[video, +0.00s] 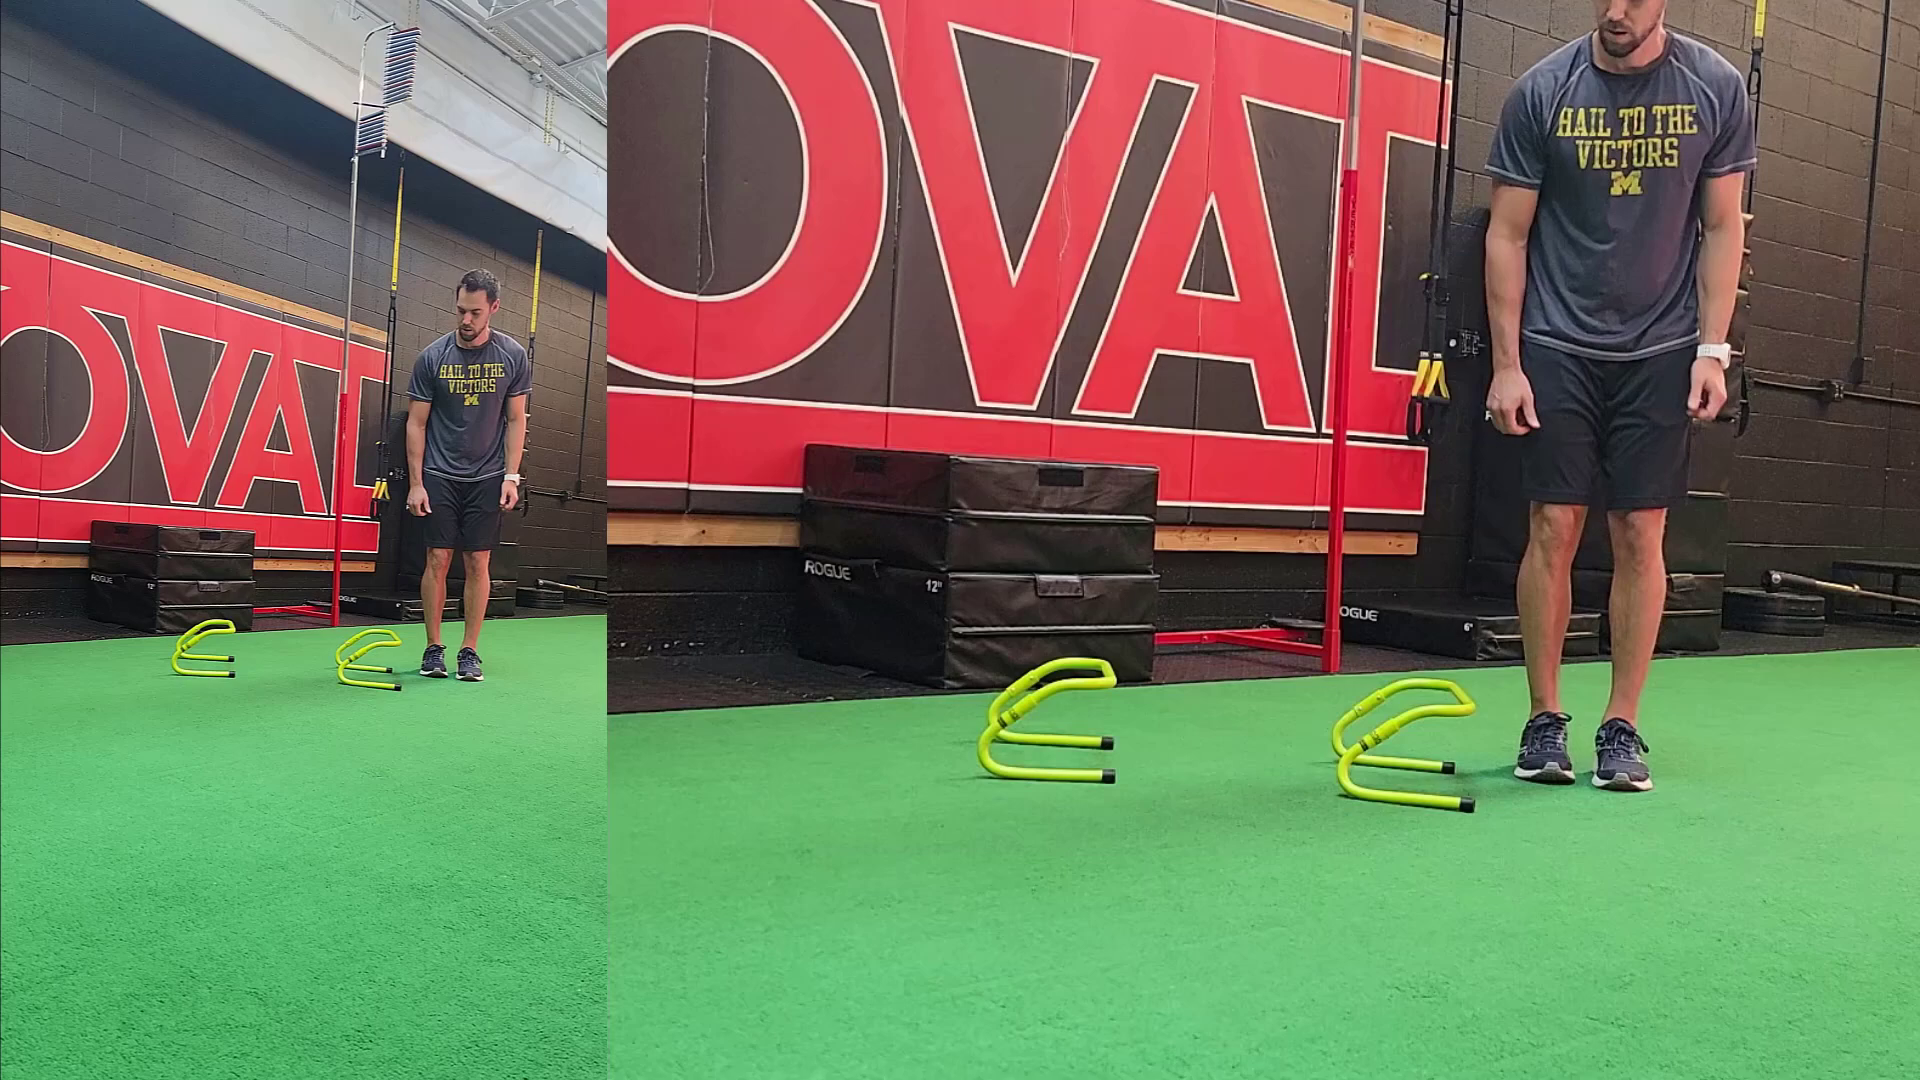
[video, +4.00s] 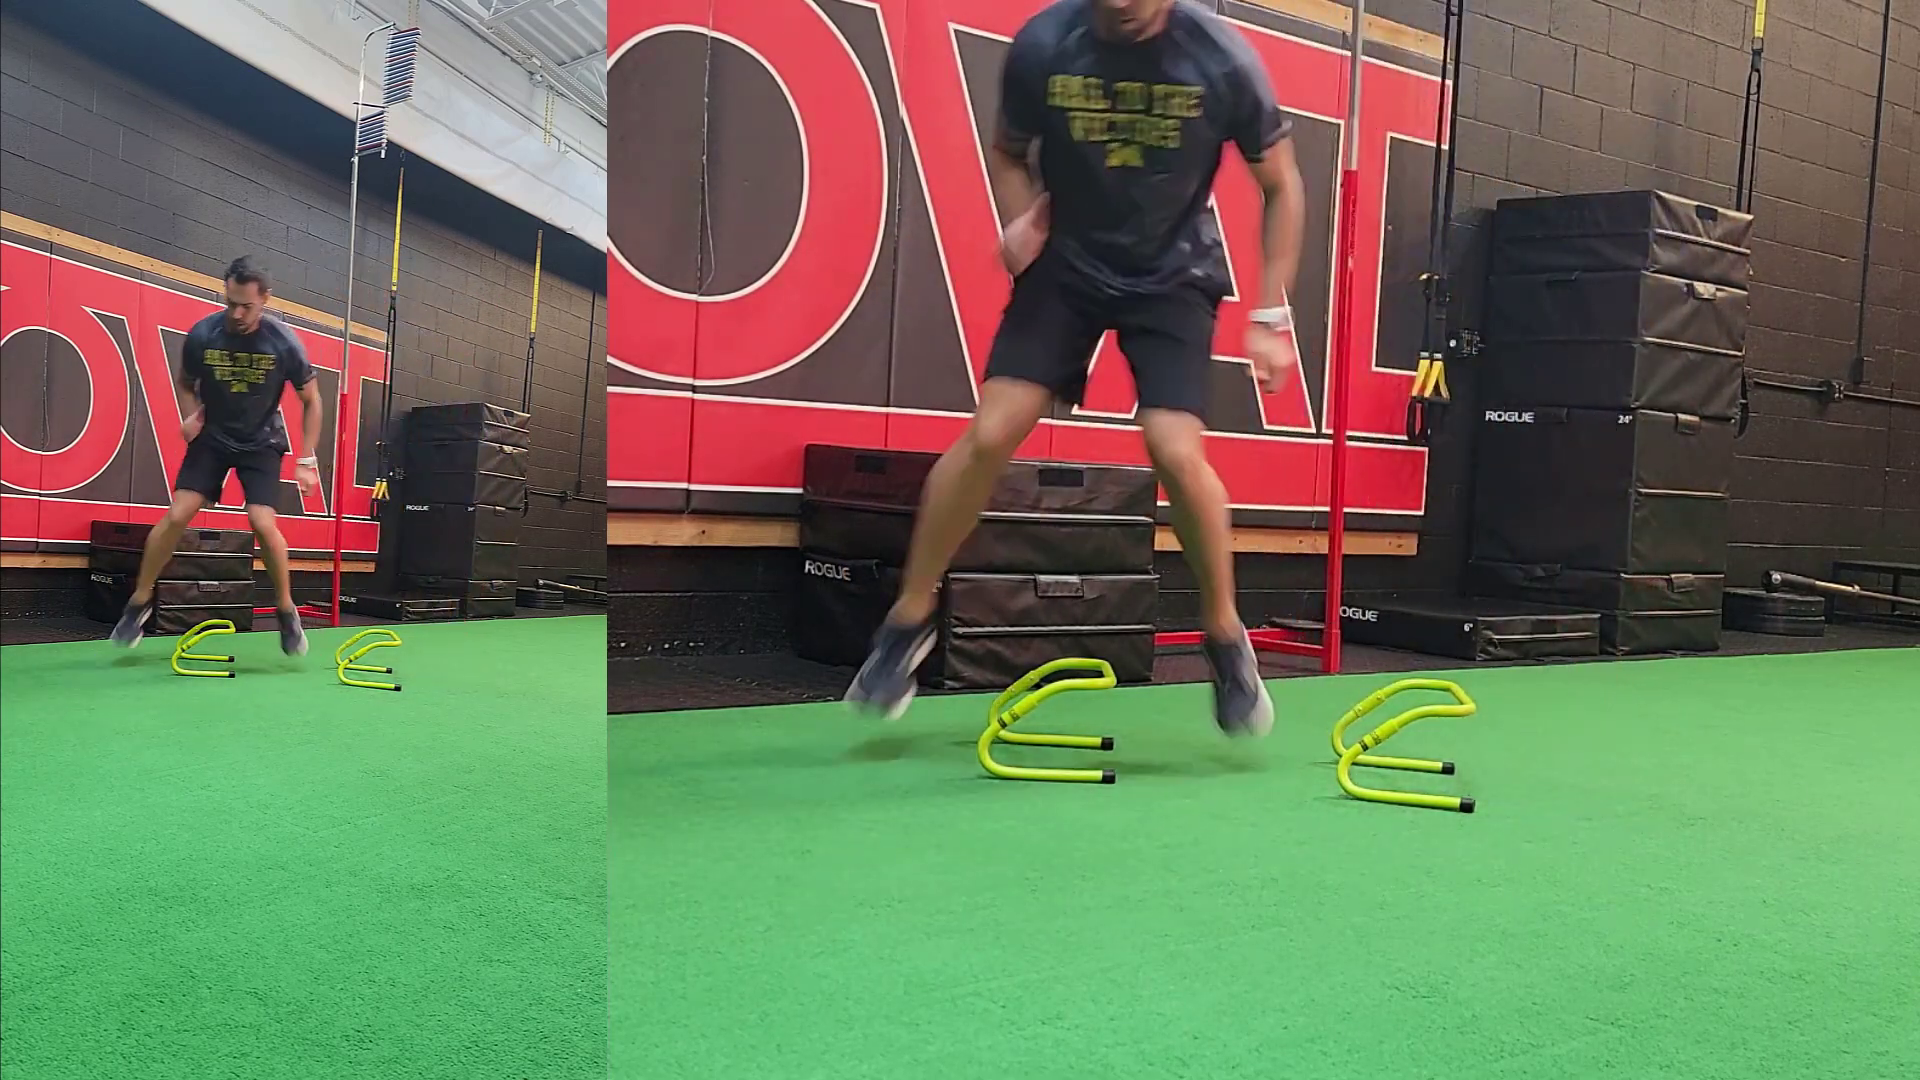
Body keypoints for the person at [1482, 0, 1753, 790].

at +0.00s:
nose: (1618, 14)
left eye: (1635, 2)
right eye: (1607, 2)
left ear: (1665, 2)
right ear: (1594, 3)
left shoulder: (1717, 88)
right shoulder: (1540, 91)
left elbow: (1724, 227)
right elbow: (1507, 232)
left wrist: (1712, 347)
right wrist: (1506, 361)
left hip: (1662, 350)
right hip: (1556, 347)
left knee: (1639, 531)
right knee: (1555, 526)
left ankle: (1621, 726)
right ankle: (1544, 720)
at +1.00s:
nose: (1284, 7)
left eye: (1301, 0)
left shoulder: (1395, 61)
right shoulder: (1211, 53)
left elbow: (1436, 176)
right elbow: (1177, 178)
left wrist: (1433, 298)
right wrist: (1189, 249)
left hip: (1331, 281)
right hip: (1231, 277)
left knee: (1305, 448)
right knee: (1197, 451)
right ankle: (1226, 623)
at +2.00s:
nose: (1125, 16)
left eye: (1137, 2)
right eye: (1108, 4)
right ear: (1080, 3)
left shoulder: (1207, 71)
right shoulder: (1021, 67)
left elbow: (1270, 177)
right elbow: (994, 172)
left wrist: (1271, 296)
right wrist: (1022, 213)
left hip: (1154, 296)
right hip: (1045, 296)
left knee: (1158, 469)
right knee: (973, 466)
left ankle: (1213, 636)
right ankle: (884, 666)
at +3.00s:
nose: (1652, 182)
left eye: (1669, 164)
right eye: (1636, 160)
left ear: (1685, 149)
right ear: (1596, 135)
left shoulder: (1672, 211)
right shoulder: (1517, 230)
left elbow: (1618, 284)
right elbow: (1463, 380)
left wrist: (1619, 345)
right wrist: (1591, 397)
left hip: (1594, 392)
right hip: (1498, 397)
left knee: (1640, 537)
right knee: (1590, 522)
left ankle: (1609, 726)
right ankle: (1570, 592)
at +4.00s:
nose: (1127, 11)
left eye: (1143, 3)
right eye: (1114, 2)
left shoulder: (1224, 62)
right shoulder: (1043, 46)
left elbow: (1283, 185)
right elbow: (1008, 150)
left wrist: (1273, 314)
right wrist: (1020, 216)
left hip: (1172, 281)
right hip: (1066, 270)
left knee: (1175, 450)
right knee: (988, 437)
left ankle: (1225, 632)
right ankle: (911, 614)